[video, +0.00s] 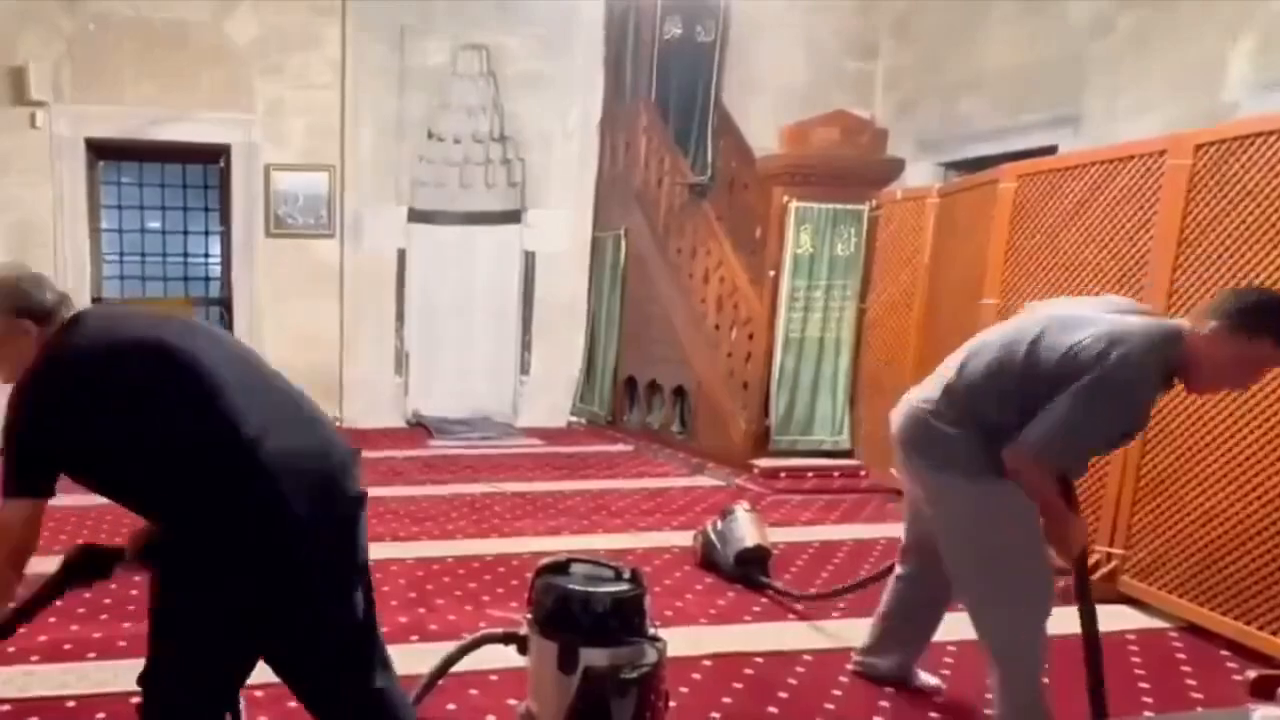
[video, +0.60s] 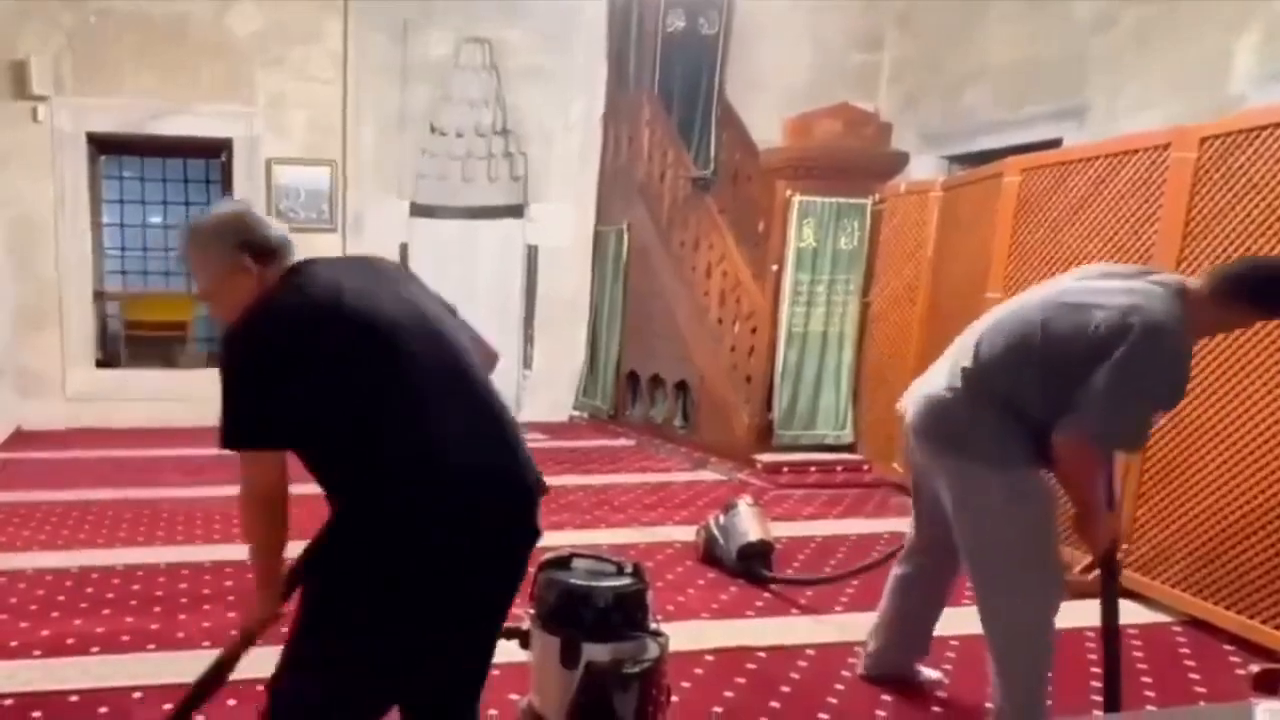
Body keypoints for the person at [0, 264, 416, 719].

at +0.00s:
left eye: (0, 341)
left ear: (24, 328)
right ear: (56, 311)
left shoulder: (43, 390)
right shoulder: (136, 330)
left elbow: (10, 567)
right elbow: (212, 475)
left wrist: (11, 608)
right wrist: (122, 554)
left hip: (226, 525)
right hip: (325, 488)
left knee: (181, 702)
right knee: (355, 686)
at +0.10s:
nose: (34, 356)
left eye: (31, 334)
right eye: (26, 338)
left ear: (62, 312)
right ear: (94, 296)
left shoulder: (77, 382)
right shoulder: (192, 318)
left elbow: (48, 541)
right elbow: (245, 446)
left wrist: (12, 632)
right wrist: (164, 535)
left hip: (244, 532)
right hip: (349, 500)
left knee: (191, 704)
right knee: (362, 692)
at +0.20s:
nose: (82, 342)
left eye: (80, 322)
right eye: (74, 326)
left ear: (111, 304)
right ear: (149, 286)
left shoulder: (124, 372)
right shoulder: (236, 306)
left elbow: (93, 527)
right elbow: (288, 438)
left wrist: (55, 629)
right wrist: (212, 529)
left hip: (277, 531)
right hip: (383, 507)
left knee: (205, 705)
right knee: (373, 698)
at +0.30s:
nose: (121, 337)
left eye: (120, 315)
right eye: (114, 320)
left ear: (158, 296)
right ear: (188, 283)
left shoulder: (170, 364)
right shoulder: (283, 300)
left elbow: (145, 522)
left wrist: (118, 627)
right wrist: (258, 526)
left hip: (313, 536)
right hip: (418, 514)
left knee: (236, 706)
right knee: (387, 698)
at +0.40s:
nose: (162, 329)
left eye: (163, 309)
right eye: (157, 312)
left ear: (200, 291)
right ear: (230, 277)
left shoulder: (210, 359)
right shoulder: (325, 295)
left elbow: (196, 510)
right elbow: (366, 410)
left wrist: (177, 622)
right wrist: (300, 503)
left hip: (348, 534)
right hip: (455, 515)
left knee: (277, 703)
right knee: (412, 697)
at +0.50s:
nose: (195, 326)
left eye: (194, 305)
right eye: (188, 308)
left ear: (229, 282)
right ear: (259, 270)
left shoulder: (239, 348)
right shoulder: (353, 287)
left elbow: (236, 502)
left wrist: (226, 611)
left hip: (373, 531)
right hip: (482, 513)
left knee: (287, 706)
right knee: (424, 701)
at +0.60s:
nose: (213, 314)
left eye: (210, 295)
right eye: (205, 300)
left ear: (247, 270)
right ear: (274, 256)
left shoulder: (258, 336)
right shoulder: (376, 272)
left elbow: (265, 487)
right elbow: (481, 354)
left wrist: (267, 593)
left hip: (397, 521)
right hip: (505, 502)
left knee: (308, 702)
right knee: (443, 699)